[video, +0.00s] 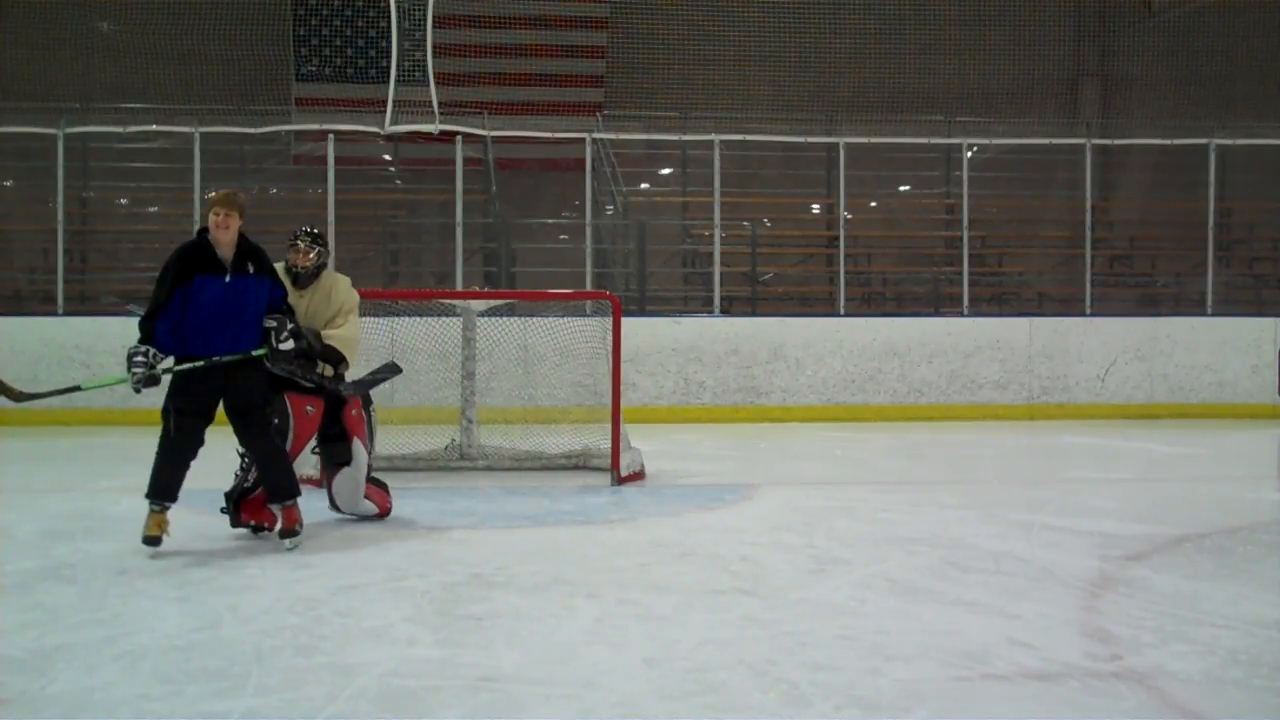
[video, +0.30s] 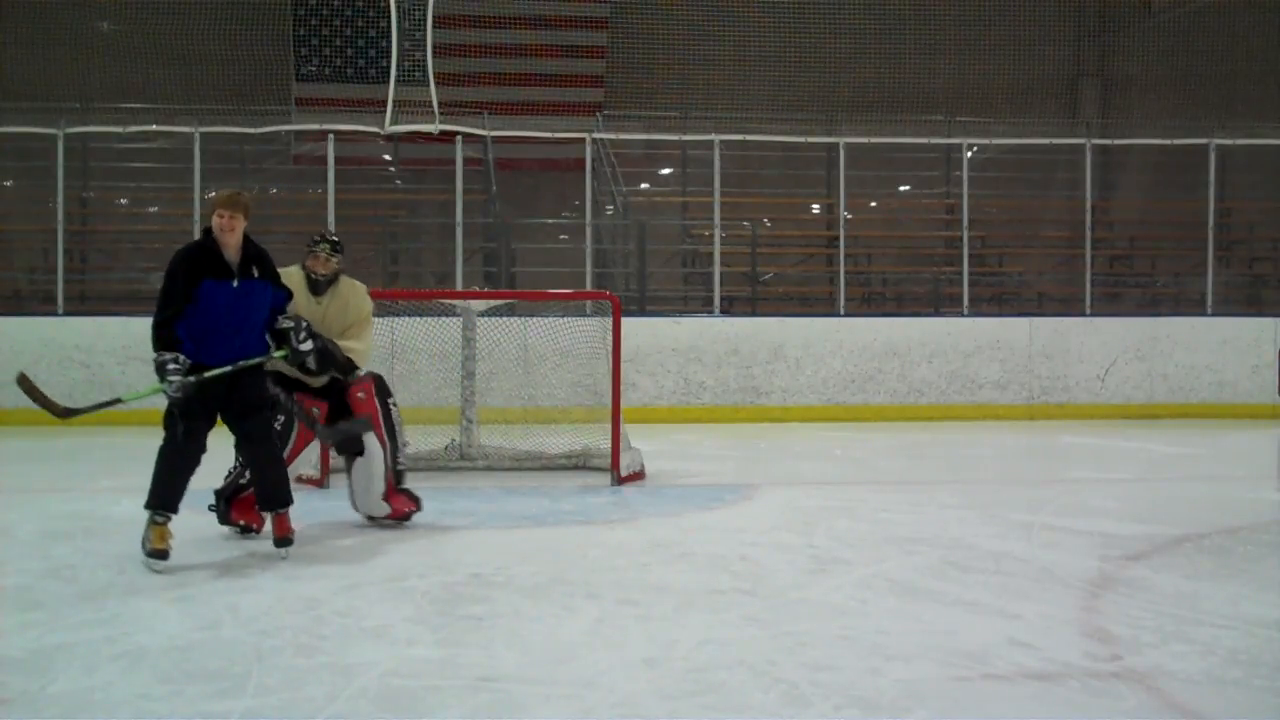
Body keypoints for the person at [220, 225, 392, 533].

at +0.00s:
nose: (300, 258)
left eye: (308, 253)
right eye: (295, 251)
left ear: (321, 256)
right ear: (288, 254)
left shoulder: (340, 288)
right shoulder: (273, 278)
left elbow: (347, 336)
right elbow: (257, 316)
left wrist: (313, 346)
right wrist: (274, 342)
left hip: (320, 371)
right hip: (275, 367)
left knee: (336, 414)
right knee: (266, 419)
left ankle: (343, 488)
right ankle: (250, 488)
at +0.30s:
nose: (320, 265)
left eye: (328, 260)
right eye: (314, 258)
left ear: (339, 264)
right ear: (305, 259)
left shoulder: (356, 295)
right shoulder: (281, 282)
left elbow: (358, 350)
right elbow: (257, 324)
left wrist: (323, 354)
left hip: (334, 383)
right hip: (283, 377)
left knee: (371, 393)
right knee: (284, 411)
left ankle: (383, 493)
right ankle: (242, 496)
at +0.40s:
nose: (339, 270)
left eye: (347, 265)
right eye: (333, 262)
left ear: (357, 270)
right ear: (323, 264)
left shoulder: (372, 301)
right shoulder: (296, 287)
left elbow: (380, 348)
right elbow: (264, 321)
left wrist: (361, 371)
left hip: (348, 389)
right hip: (297, 382)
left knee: (387, 397)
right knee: (288, 428)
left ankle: (404, 495)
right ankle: (235, 499)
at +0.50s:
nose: (364, 272)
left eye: (372, 267)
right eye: (359, 265)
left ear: (383, 273)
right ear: (348, 265)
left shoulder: (393, 306)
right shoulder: (316, 289)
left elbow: (404, 356)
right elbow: (275, 316)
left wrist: (385, 374)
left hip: (364, 388)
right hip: (313, 381)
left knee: (407, 405)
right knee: (293, 438)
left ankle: (424, 497)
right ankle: (236, 500)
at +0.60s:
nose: (388, 267)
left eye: (396, 262)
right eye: (383, 260)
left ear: (404, 268)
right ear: (372, 261)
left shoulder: (415, 301)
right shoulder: (338, 285)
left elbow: (429, 349)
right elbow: (300, 315)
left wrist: (416, 368)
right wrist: (317, 330)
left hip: (387, 381)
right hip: (331, 377)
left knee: (421, 426)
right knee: (299, 440)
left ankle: (439, 503)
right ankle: (242, 504)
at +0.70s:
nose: (400, 269)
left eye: (407, 264)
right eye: (395, 262)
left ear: (417, 269)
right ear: (384, 261)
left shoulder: (428, 300)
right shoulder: (353, 283)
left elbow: (447, 341)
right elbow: (327, 312)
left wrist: (443, 361)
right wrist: (327, 344)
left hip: (398, 376)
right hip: (349, 372)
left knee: (411, 432)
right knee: (312, 424)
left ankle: (444, 499)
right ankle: (279, 492)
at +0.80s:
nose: (410, 273)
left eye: (417, 266)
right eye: (405, 264)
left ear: (424, 268)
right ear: (392, 262)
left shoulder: (433, 299)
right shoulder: (354, 292)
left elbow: (452, 345)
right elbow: (338, 340)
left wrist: (473, 377)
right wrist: (345, 376)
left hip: (411, 376)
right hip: (361, 377)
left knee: (410, 427)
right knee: (322, 426)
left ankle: (449, 497)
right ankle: (311, 492)